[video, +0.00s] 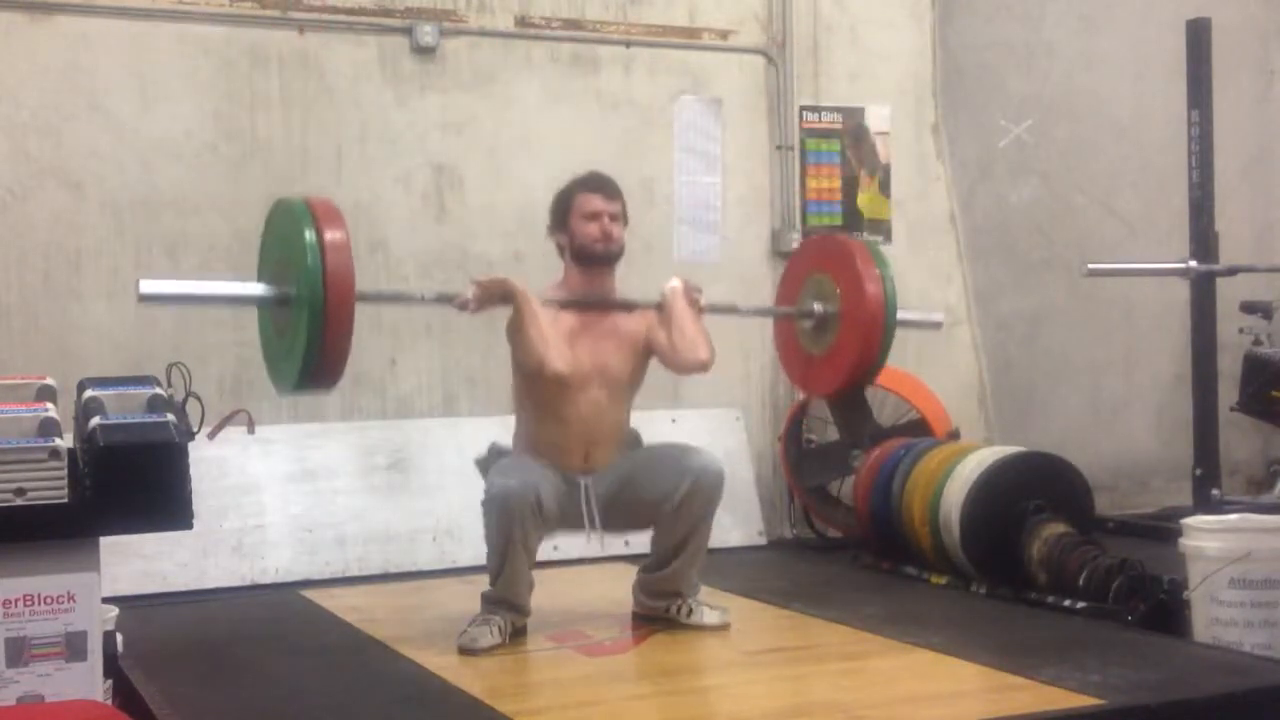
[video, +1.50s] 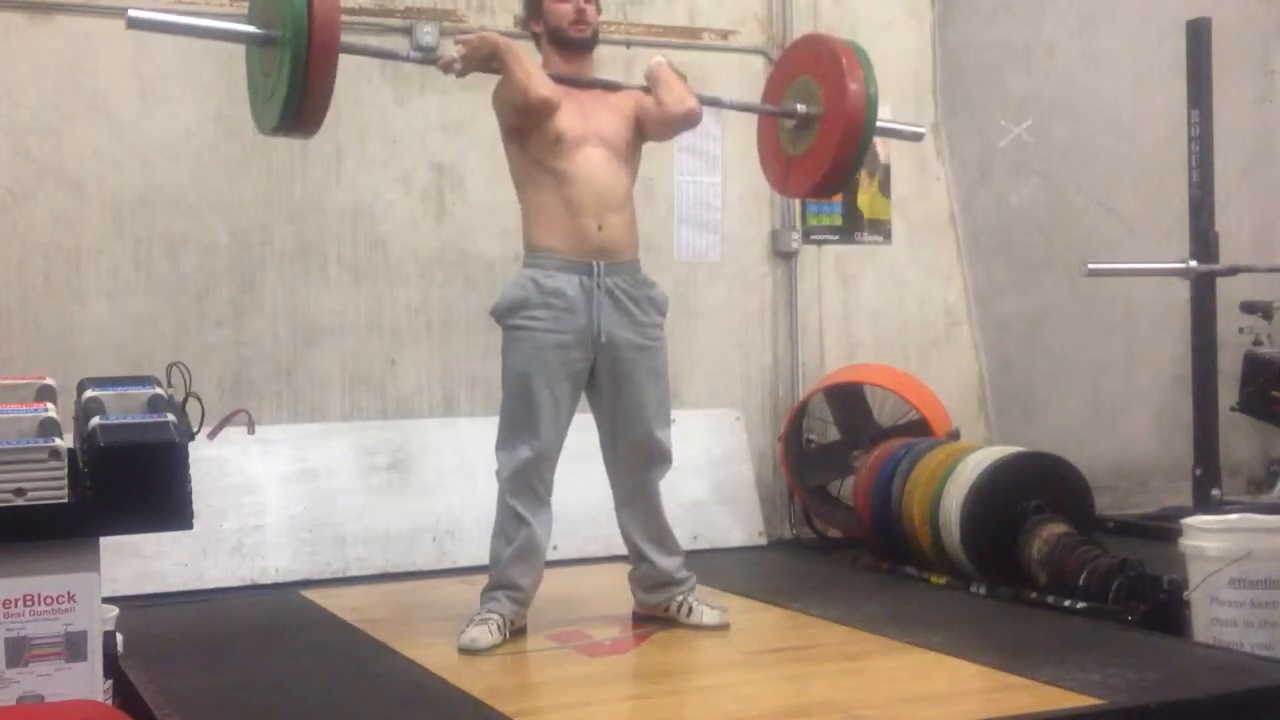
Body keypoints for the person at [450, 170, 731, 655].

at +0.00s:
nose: (605, 228)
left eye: (614, 218)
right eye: (591, 218)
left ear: (625, 232)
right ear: (560, 235)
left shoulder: (642, 319)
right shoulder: (535, 315)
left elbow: (694, 357)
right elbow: (553, 365)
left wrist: (677, 295)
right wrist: (518, 293)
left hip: (617, 476)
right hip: (544, 477)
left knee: (701, 472)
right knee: (510, 488)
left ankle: (662, 596)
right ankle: (504, 611)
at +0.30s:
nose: (609, 144)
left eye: (617, 136)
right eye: (594, 135)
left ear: (627, 149)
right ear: (564, 152)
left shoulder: (643, 236)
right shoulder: (534, 230)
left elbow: (692, 283)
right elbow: (551, 286)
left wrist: (677, 216)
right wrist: (517, 209)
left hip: (607, 391)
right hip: (528, 390)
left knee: (680, 457)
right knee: (535, 466)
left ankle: (663, 595)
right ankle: (503, 610)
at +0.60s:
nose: (596, 69)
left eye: (605, 62)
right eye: (580, 62)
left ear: (616, 82)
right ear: (552, 82)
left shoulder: (637, 167)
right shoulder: (528, 161)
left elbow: (686, 206)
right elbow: (546, 206)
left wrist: (672, 144)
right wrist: (510, 133)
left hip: (610, 348)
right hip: (527, 347)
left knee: (678, 451)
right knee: (516, 460)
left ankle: (663, 593)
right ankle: (502, 607)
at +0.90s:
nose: (581, 4)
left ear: (599, 16)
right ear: (537, 15)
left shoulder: (629, 96)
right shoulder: (522, 90)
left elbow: (683, 114)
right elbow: (535, 104)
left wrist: (661, 62)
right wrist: (502, 48)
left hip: (623, 296)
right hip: (541, 294)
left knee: (651, 443)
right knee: (520, 448)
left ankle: (662, 591)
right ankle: (503, 604)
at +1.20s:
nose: (579, 6)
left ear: (597, 18)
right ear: (535, 18)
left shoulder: (627, 100)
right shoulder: (522, 97)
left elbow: (682, 113)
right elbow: (533, 101)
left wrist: (656, 63)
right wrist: (502, 49)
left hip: (631, 291)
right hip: (550, 290)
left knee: (646, 448)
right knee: (531, 455)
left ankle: (661, 591)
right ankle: (504, 602)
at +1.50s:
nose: (582, 7)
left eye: (589, 0)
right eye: (565, 0)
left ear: (599, 18)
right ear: (537, 19)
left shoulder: (629, 102)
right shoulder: (524, 98)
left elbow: (684, 110)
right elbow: (536, 100)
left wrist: (656, 62)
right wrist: (505, 49)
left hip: (630, 293)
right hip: (548, 291)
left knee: (645, 450)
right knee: (528, 456)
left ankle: (661, 591)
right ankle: (504, 603)